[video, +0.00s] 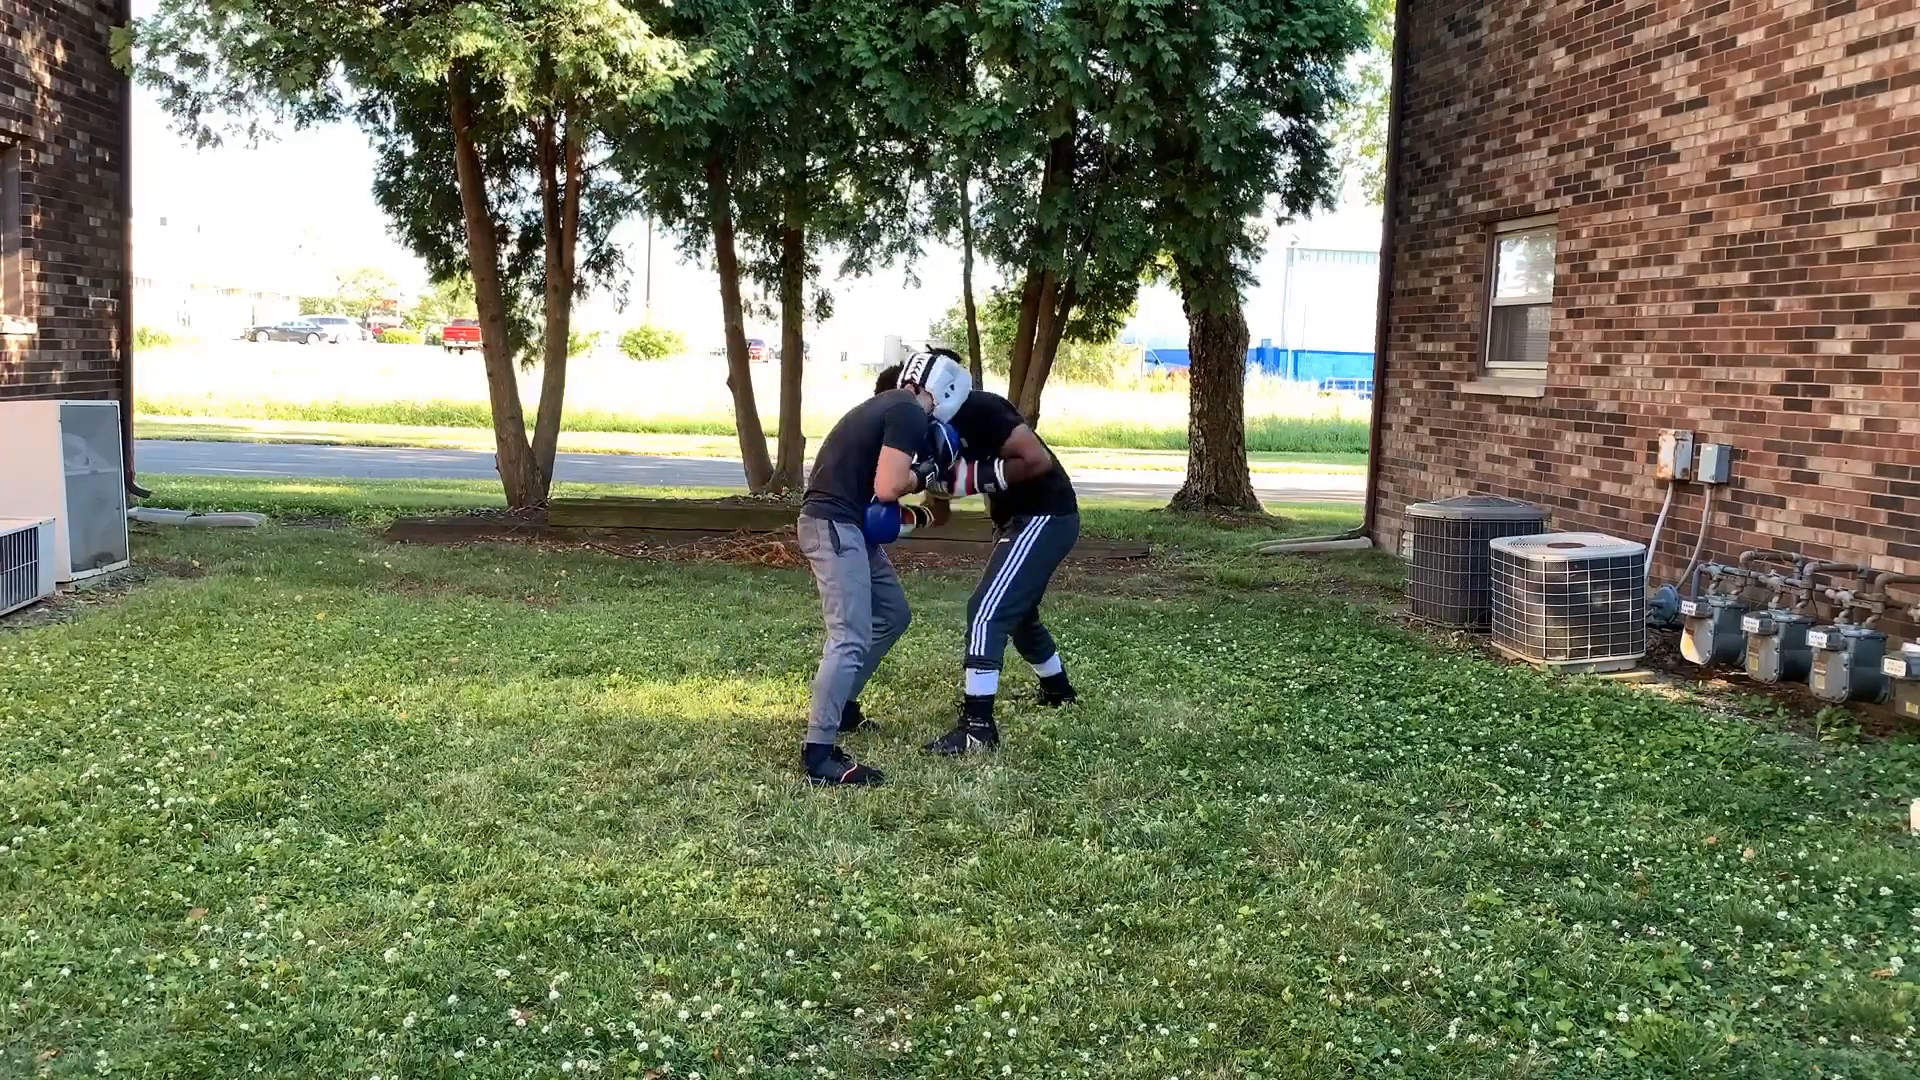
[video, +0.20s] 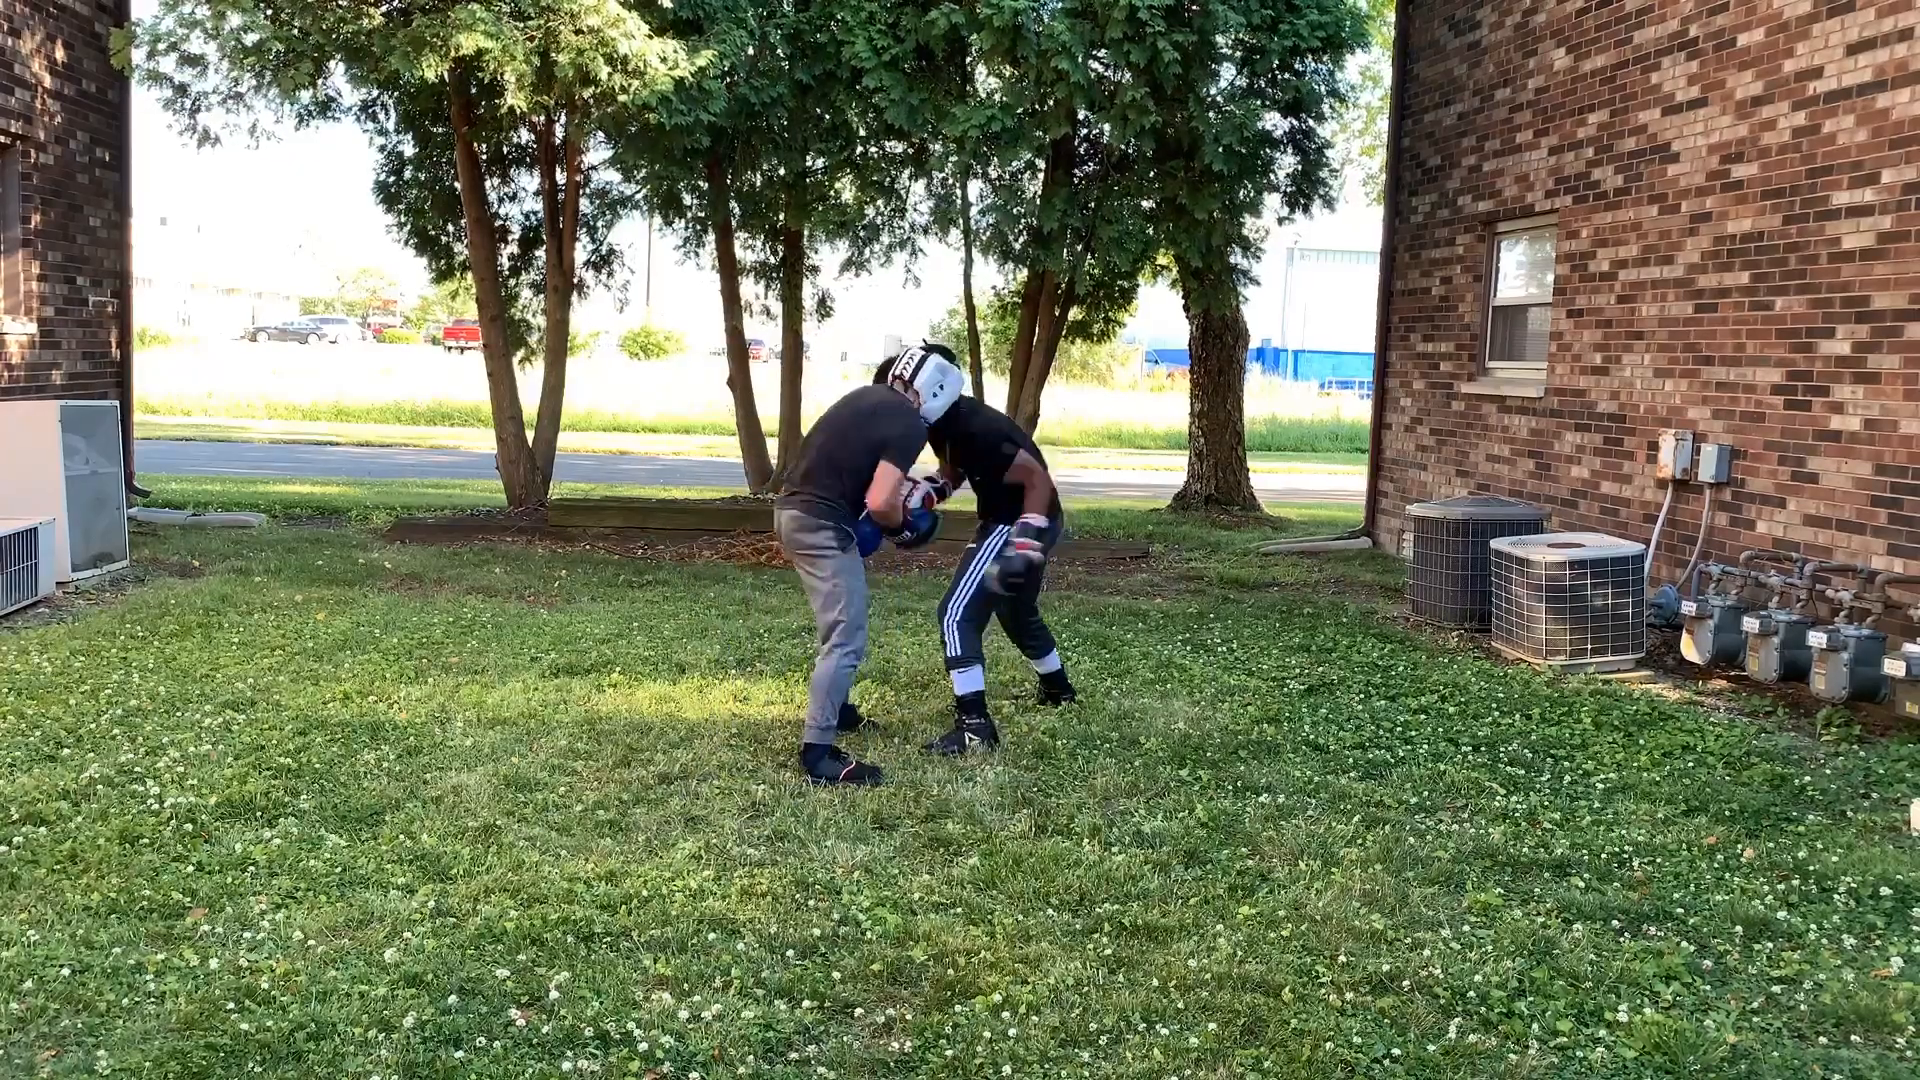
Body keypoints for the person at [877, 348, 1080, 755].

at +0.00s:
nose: (910, 411)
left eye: (911, 399)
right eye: (905, 402)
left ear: (931, 389)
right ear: (944, 385)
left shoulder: (979, 408)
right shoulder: (946, 429)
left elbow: (1037, 461)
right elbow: (941, 508)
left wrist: (975, 476)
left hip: (1044, 517)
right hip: (1021, 518)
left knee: (986, 609)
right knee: (1020, 614)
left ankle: (977, 725)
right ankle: (1058, 690)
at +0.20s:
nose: (897, 402)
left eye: (901, 393)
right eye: (895, 393)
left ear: (922, 394)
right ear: (937, 388)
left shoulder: (973, 428)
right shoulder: (945, 423)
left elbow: (1038, 479)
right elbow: (955, 469)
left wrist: (1027, 539)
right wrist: (933, 487)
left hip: (1016, 521)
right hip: (1017, 516)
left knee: (955, 615)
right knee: (1017, 612)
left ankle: (974, 724)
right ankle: (1058, 688)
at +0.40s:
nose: (893, 387)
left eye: (899, 377)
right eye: (892, 375)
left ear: (922, 375)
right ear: (941, 360)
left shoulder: (938, 423)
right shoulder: (974, 369)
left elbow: (952, 498)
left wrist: (898, 502)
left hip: (1005, 520)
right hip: (1036, 510)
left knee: (955, 620)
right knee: (1005, 595)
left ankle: (974, 725)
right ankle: (1044, 672)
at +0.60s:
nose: (930, 364)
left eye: (931, 354)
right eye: (927, 355)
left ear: (947, 350)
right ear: (970, 343)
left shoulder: (966, 386)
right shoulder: (996, 373)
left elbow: (961, 461)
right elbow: (978, 443)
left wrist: (924, 478)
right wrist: (932, 432)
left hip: (1002, 518)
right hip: (1029, 515)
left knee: (952, 613)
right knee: (1003, 607)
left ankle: (973, 724)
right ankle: (1045, 684)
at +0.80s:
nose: (934, 401)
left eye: (936, 391)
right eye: (931, 394)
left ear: (956, 380)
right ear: (968, 376)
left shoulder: (993, 397)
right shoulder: (968, 418)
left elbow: (1031, 442)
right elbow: (962, 494)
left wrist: (994, 493)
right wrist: (952, 451)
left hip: (1016, 523)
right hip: (1035, 527)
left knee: (948, 611)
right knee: (998, 612)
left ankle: (971, 722)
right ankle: (1044, 685)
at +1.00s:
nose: (929, 401)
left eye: (931, 391)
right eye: (926, 393)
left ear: (952, 385)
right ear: (958, 385)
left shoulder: (991, 400)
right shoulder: (981, 421)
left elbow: (1037, 432)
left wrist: (986, 465)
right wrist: (962, 470)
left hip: (1025, 524)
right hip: (1030, 525)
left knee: (959, 612)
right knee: (1001, 615)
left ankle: (974, 725)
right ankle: (1045, 687)